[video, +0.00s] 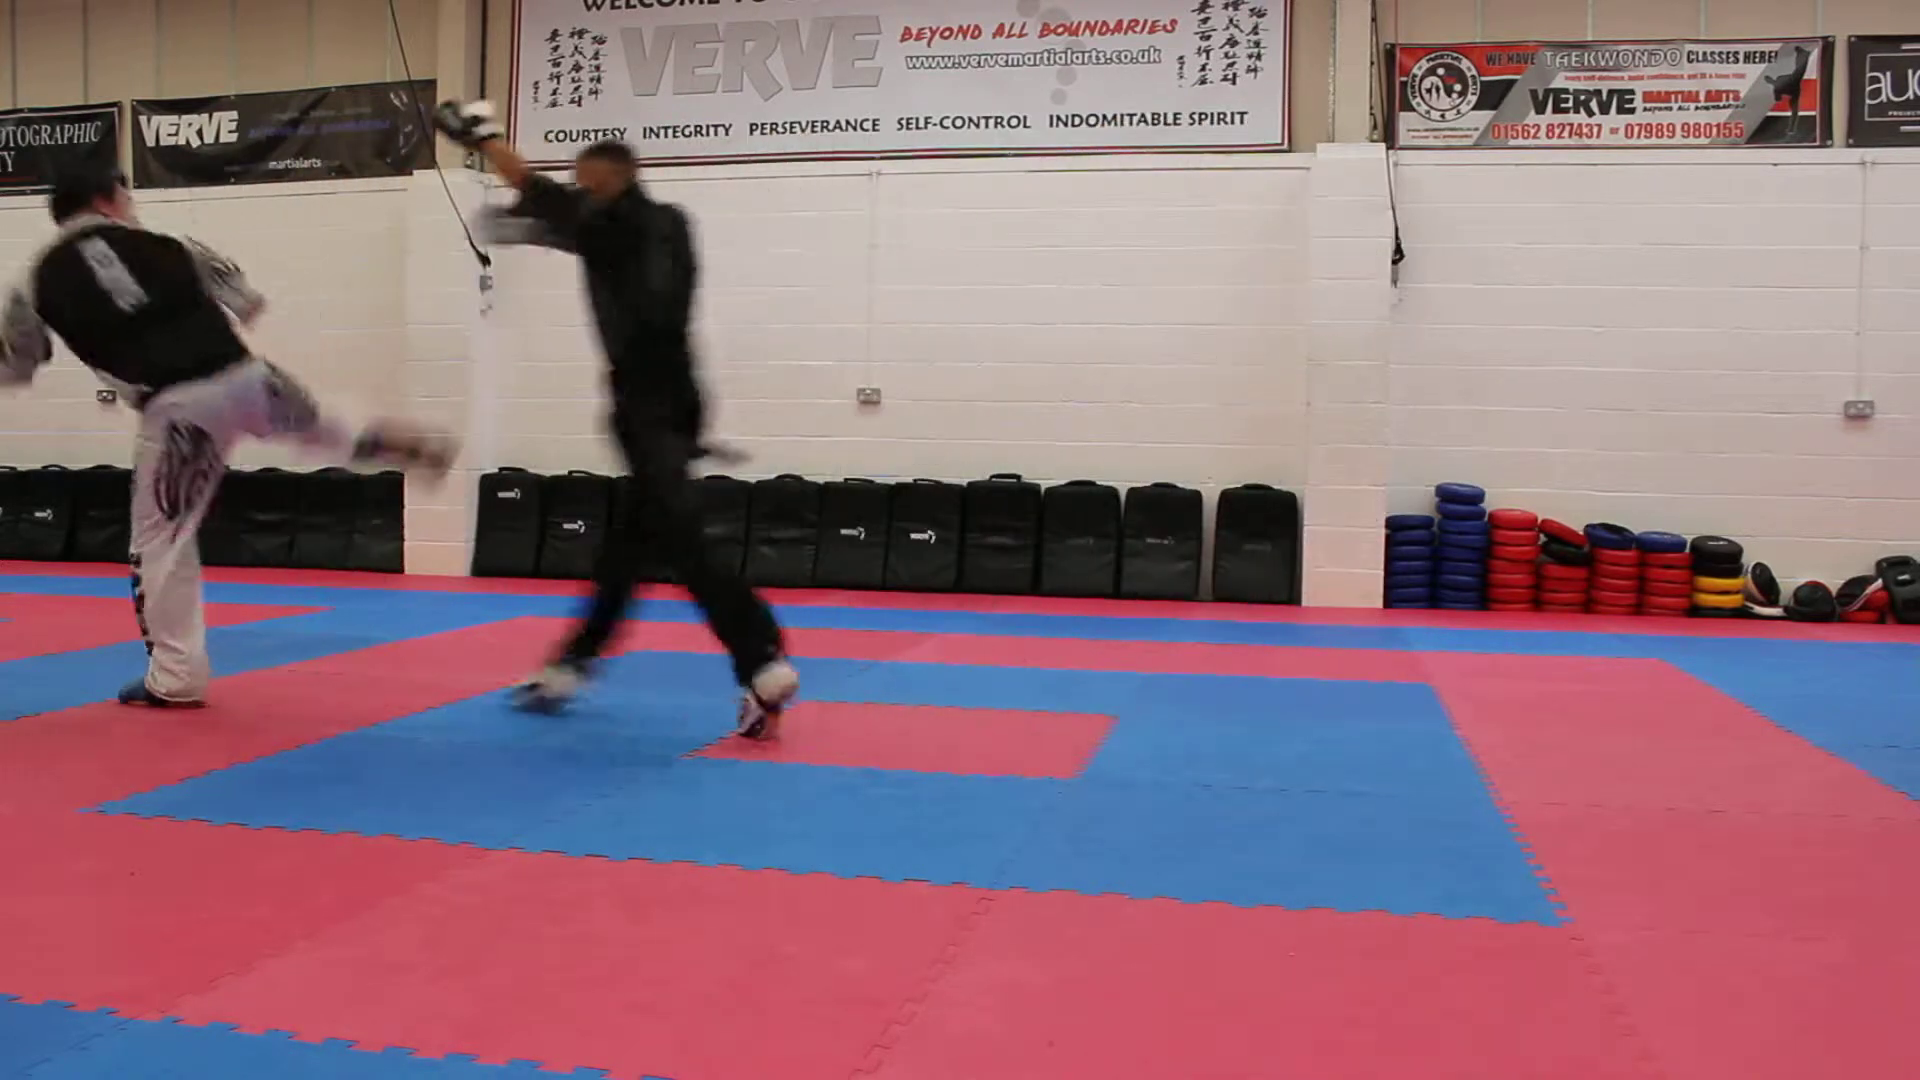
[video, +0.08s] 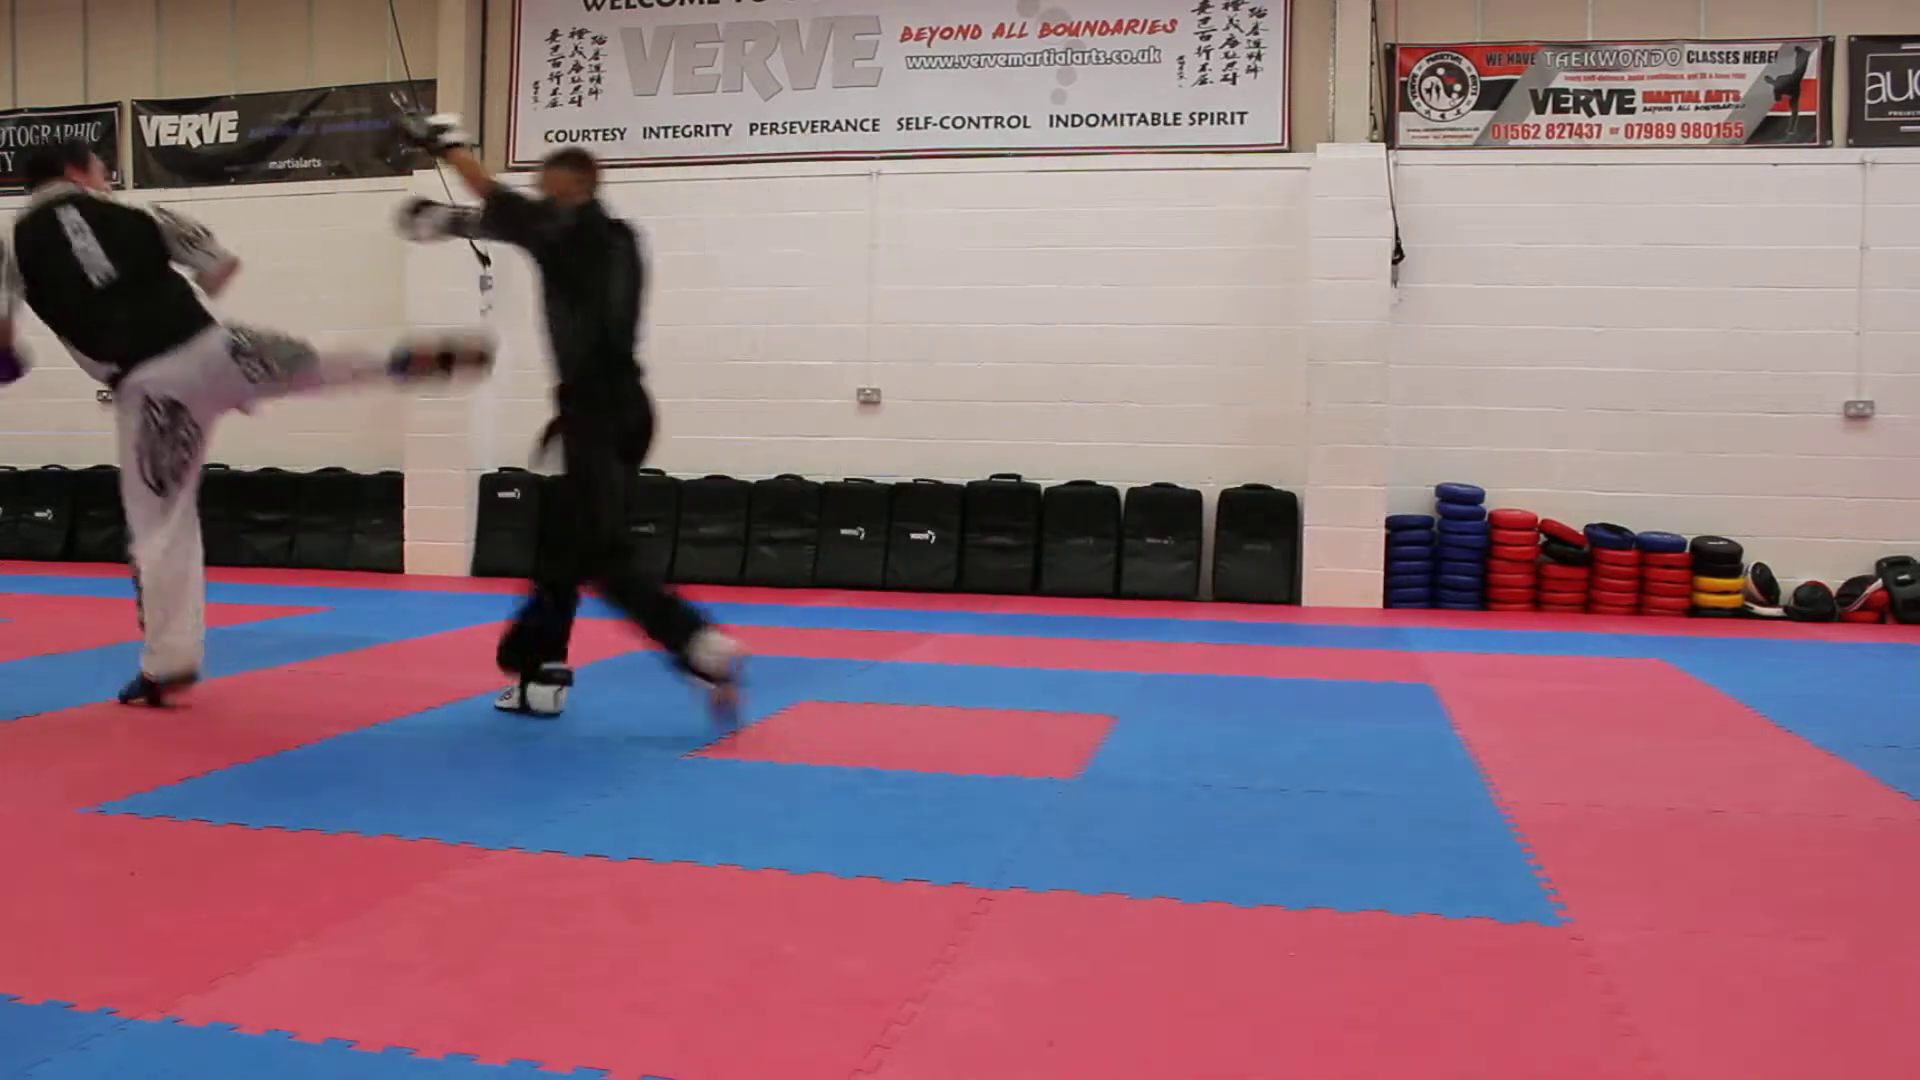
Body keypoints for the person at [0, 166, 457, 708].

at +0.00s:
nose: (131, 204)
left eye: (126, 195)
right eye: (126, 195)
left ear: (58, 211)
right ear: (112, 198)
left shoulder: (40, 280)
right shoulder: (168, 244)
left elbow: (17, 365)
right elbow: (248, 303)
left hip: (178, 412)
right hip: (246, 381)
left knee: (161, 541)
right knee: (326, 433)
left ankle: (176, 677)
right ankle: (412, 447)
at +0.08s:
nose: (109, 179)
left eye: (104, 169)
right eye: (102, 169)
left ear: (35, 181)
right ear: (79, 169)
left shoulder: (20, 240)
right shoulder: (131, 213)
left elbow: (5, 334)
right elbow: (220, 265)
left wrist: (10, 360)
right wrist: (171, 308)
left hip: (149, 392)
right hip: (212, 351)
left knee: (161, 529)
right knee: (321, 368)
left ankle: (170, 667)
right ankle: (414, 360)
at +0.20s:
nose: (70, 150)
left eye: (66, 140)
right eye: (64, 140)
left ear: (5, 150)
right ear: (42, 141)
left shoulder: (3, 208)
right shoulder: (91, 177)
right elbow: (186, 231)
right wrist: (140, 290)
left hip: (111, 363)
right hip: (176, 318)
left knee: (119, 496)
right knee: (298, 349)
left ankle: (145, 621)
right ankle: (334, 295)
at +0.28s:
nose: (44, 147)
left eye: (37, 138)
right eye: (38, 138)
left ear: (1, 145)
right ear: (22, 139)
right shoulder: (69, 178)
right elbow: (162, 226)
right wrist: (126, 287)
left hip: (94, 357)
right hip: (155, 320)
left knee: (96, 498)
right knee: (268, 368)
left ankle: (107, 628)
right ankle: (277, 332)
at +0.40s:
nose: (9, 177)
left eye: (7, 171)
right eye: (7, 171)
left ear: (8, 175)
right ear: (8, 174)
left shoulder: (27, 219)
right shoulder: (32, 217)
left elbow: (115, 251)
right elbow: (116, 252)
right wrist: (97, 327)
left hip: (39, 399)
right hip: (105, 367)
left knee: (61, 538)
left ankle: (87, 662)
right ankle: (241, 419)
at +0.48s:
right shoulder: (15, 229)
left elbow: (72, 277)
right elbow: (73, 276)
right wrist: (86, 327)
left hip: (14, 403)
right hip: (78, 386)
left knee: (34, 547)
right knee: (125, 473)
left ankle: (81, 663)